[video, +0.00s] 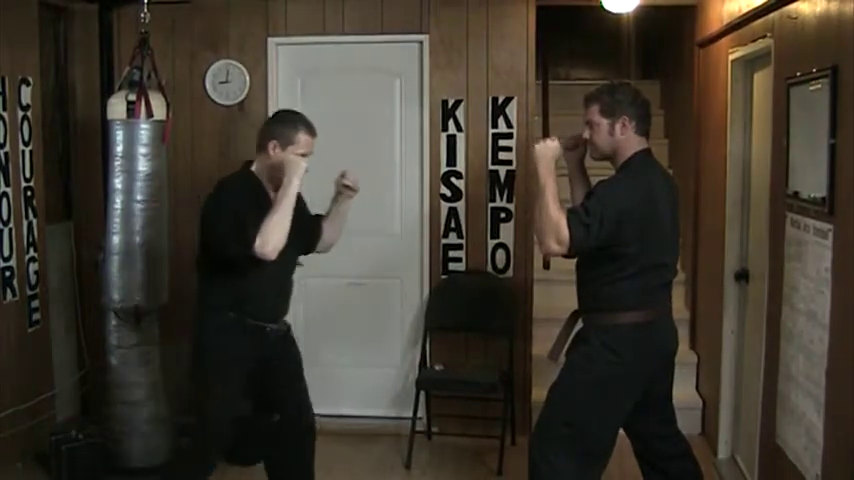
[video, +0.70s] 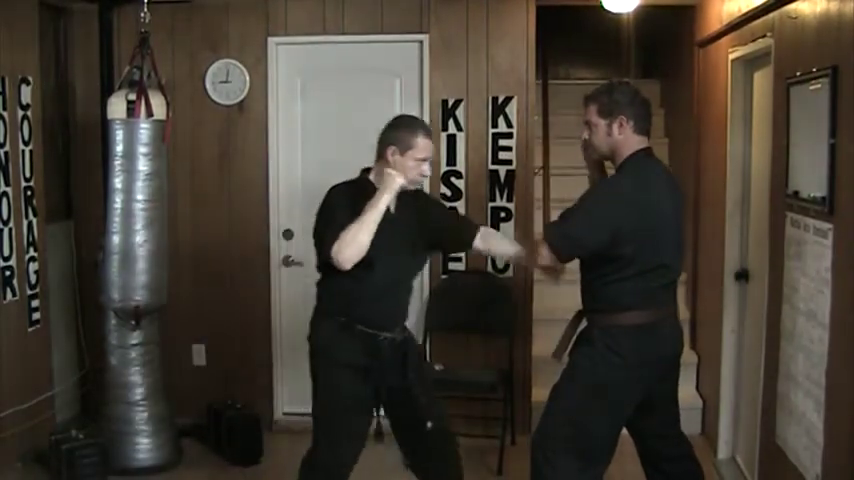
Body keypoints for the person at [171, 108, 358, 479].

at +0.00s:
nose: (304, 165)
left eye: (308, 156)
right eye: (301, 154)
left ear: (279, 152)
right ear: (273, 149)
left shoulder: (282, 196)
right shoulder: (231, 192)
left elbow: (318, 241)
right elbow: (267, 247)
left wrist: (341, 201)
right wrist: (290, 182)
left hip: (274, 336)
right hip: (228, 336)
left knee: (297, 430)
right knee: (214, 433)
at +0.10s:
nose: (322, 163)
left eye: (325, 155)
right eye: (318, 153)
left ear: (294, 149)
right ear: (289, 147)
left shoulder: (307, 195)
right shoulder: (247, 190)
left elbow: (342, 237)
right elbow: (278, 244)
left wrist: (364, 199)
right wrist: (303, 178)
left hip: (290, 335)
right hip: (244, 336)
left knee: (302, 438)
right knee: (239, 444)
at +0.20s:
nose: (336, 162)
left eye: (339, 153)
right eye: (330, 152)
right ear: (301, 145)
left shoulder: (324, 194)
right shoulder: (259, 188)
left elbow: (357, 239)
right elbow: (282, 243)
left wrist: (379, 199)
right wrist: (308, 178)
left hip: (306, 335)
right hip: (260, 333)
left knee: (317, 435)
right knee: (273, 441)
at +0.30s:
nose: (345, 163)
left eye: (348, 155)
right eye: (339, 154)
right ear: (310, 148)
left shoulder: (333, 194)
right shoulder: (267, 192)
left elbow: (367, 243)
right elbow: (290, 244)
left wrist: (389, 202)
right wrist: (314, 179)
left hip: (322, 335)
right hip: (276, 335)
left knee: (347, 425)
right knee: (299, 434)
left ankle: (319, 479)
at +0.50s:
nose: (379, 163)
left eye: (380, 154)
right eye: (373, 153)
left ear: (351, 150)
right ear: (344, 149)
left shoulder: (361, 196)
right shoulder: (299, 195)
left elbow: (390, 247)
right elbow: (320, 252)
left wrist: (416, 216)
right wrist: (350, 187)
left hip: (358, 336)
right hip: (309, 337)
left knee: (399, 429)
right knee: (316, 445)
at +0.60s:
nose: (403, 166)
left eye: (405, 157)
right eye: (397, 156)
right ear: (367, 150)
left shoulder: (391, 200)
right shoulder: (322, 195)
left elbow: (420, 242)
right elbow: (335, 252)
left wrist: (465, 233)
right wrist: (367, 188)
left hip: (374, 340)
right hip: (323, 338)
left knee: (419, 444)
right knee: (323, 447)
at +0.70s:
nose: (426, 170)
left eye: (428, 162)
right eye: (420, 161)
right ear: (391, 155)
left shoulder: (420, 206)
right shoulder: (344, 198)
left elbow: (474, 235)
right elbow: (342, 256)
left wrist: (524, 252)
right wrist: (384, 196)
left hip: (395, 344)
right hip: (340, 342)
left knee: (436, 451)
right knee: (335, 452)